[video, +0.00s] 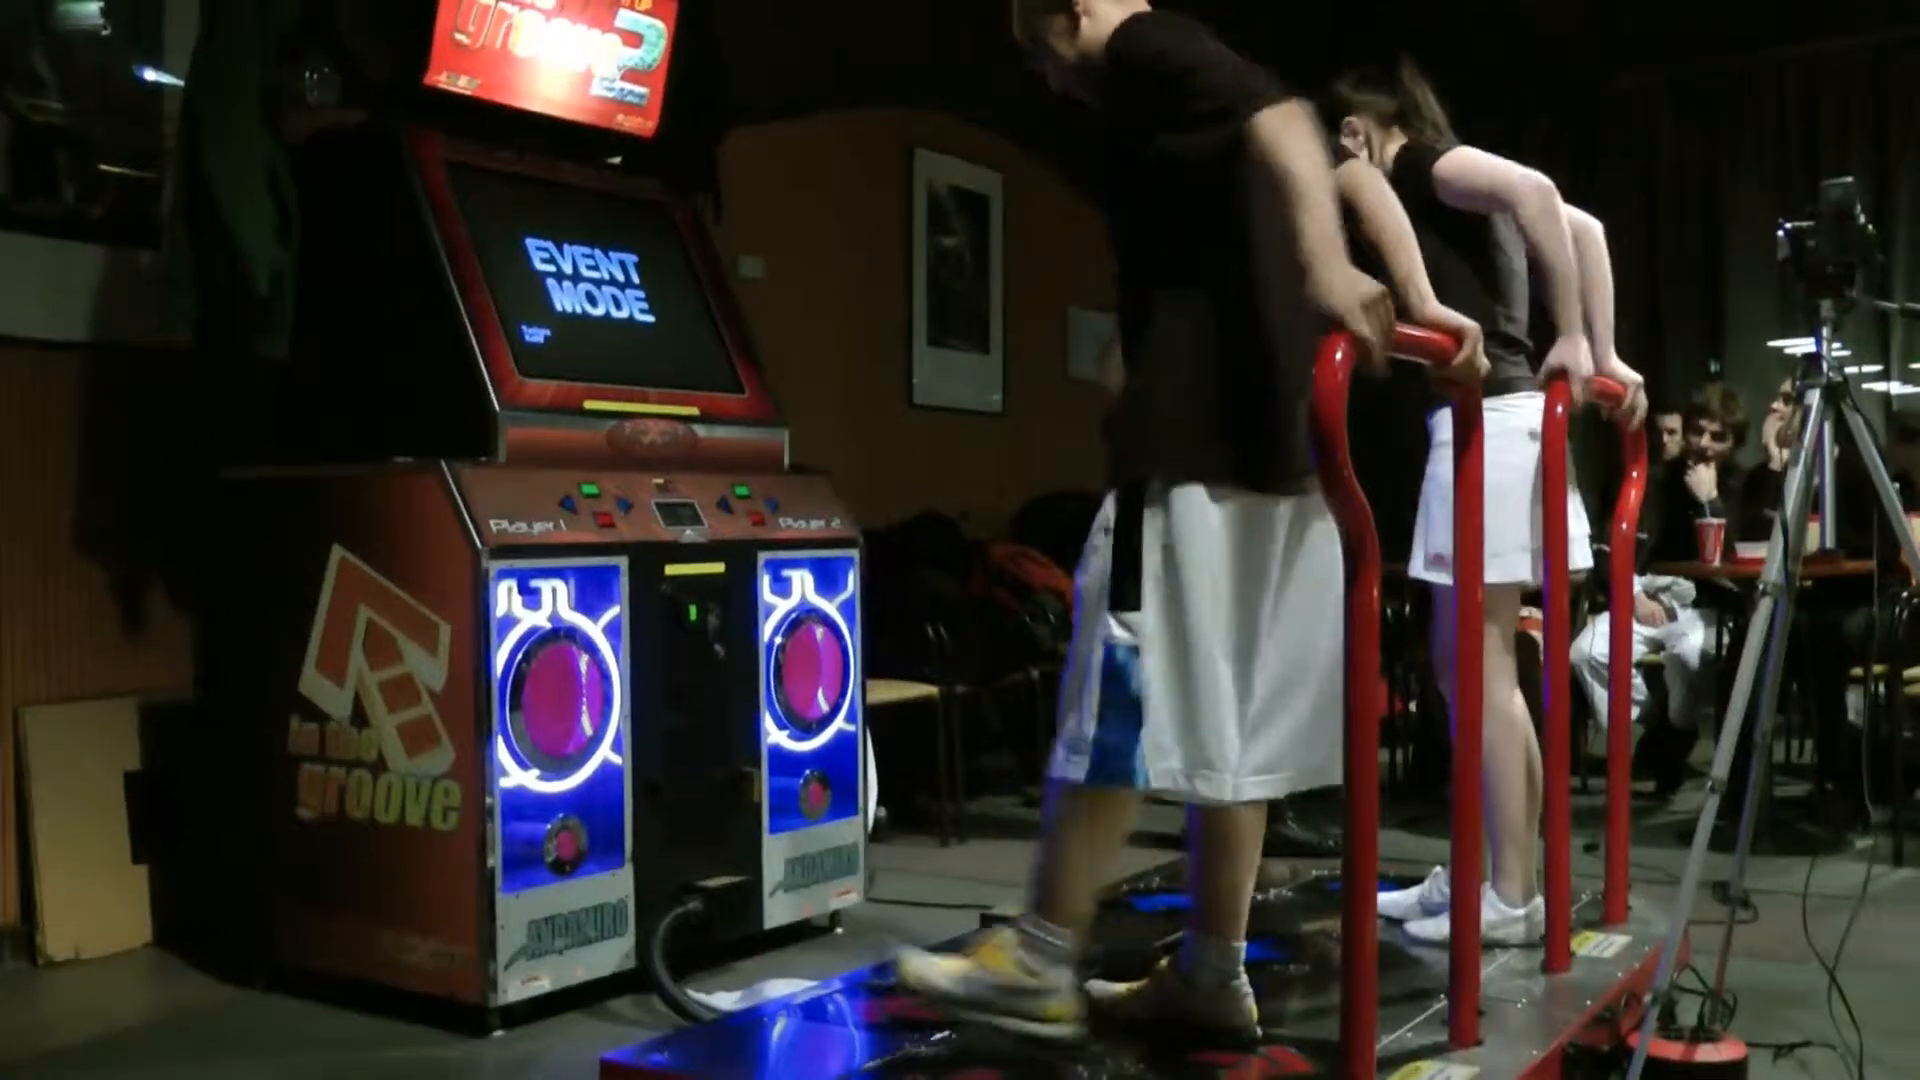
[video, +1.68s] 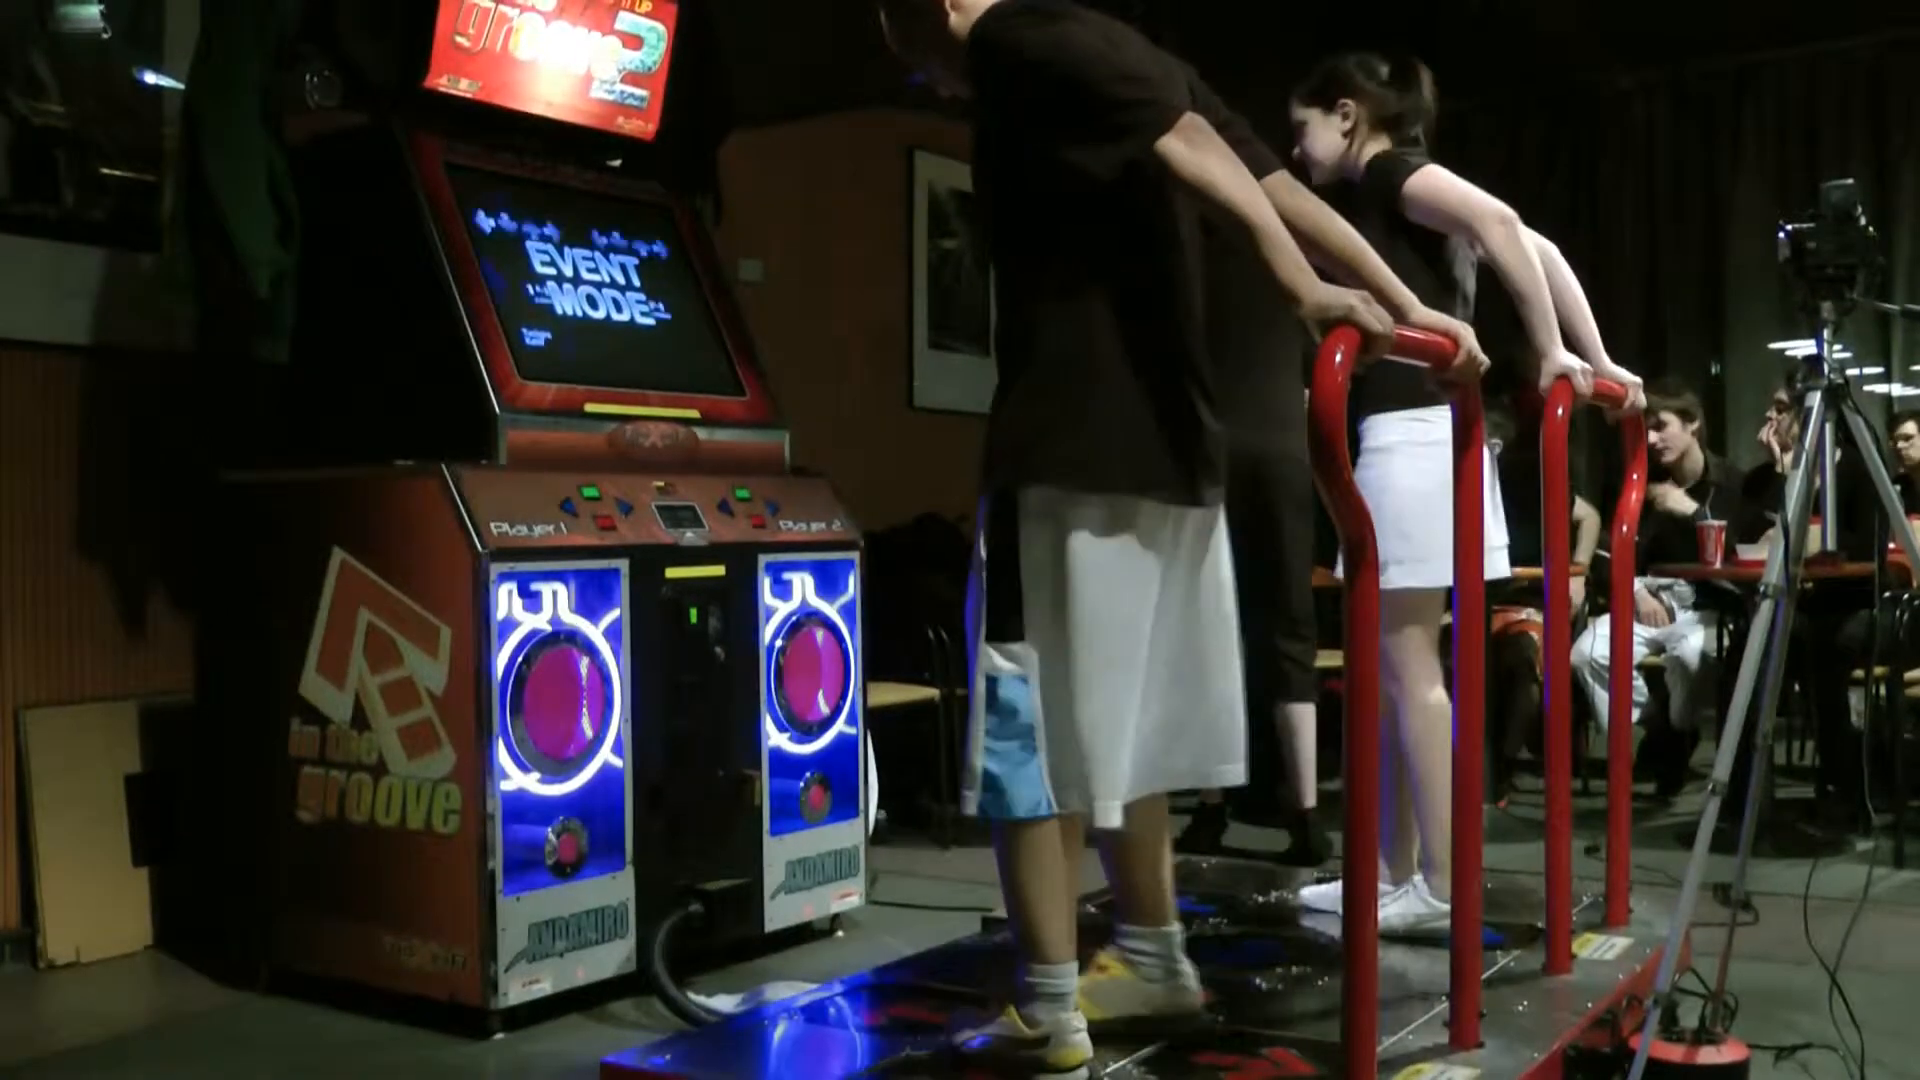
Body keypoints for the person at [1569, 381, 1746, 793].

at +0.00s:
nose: (1703, 445)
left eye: (1717, 437)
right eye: (1697, 433)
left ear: (1733, 443)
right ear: (1684, 433)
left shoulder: (1739, 484)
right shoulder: (1656, 480)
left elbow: (1733, 561)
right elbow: (1616, 547)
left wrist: (1710, 501)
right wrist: (1635, 597)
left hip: (1709, 604)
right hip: (1653, 597)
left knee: (1684, 652)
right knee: (1591, 651)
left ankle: (1678, 737)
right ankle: (1653, 728)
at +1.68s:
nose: (1652, 439)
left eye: (1661, 427)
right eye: (1646, 430)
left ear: (1692, 427)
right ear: (1642, 434)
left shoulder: (1728, 481)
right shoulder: (1644, 482)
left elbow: (1745, 542)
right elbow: (1612, 553)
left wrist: (1690, 509)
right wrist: (1638, 593)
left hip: (1708, 607)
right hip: (1651, 601)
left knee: (1690, 653)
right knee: (1591, 651)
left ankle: (1680, 740)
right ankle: (1654, 732)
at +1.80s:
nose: (1650, 437)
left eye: (1659, 426)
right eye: (1645, 428)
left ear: (1688, 425)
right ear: (1638, 430)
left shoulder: (1726, 481)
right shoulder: (1640, 480)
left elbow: (1734, 551)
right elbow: (1612, 552)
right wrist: (1636, 592)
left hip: (1703, 606)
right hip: (1649, 601)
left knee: (1690, 654)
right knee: (1591, 652)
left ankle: (1680, 740)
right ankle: (1654, 733)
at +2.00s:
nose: (1648, 436)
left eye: (1656, 425)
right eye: (1643, 427)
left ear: (1685, 425)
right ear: (1638, 431)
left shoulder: (1726, 483)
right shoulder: (1640, 485)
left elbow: (1739, 555)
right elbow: (1610, 557)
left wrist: (1688, 592)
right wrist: (1638, 591)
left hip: (1700, 611)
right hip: (1645, 606)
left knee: (1688, 656)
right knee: (1591, 650)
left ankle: (1679, 741)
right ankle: (1655, 731)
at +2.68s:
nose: (1674, 433)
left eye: (1685, 423)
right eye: (1666, 423)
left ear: (1709, 425)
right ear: (1655, 427)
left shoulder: (1733, 479)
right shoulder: (1645, 478)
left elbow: (1743, 554)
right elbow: (1606, 545)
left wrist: (1693, 592)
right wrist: (1634, 589)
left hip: (1703, 602)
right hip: (1645, 597)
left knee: (1691, 652)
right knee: (1594, 651)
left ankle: (1681, 738)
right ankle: (1656, 733)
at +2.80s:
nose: (1674, 433)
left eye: (1686, 423)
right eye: (1666, 423)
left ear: (1710, 425)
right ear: (1655, 426)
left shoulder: (1734, 479)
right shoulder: (1645, 477)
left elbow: (1743, 555)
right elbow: (1607, 547)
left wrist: (1693, 594)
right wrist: (1637, 593)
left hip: (1705, 603)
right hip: (1646, 597)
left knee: (1691, 652)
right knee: (1595, 650)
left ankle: (1681, 738)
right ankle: (1656, 734)